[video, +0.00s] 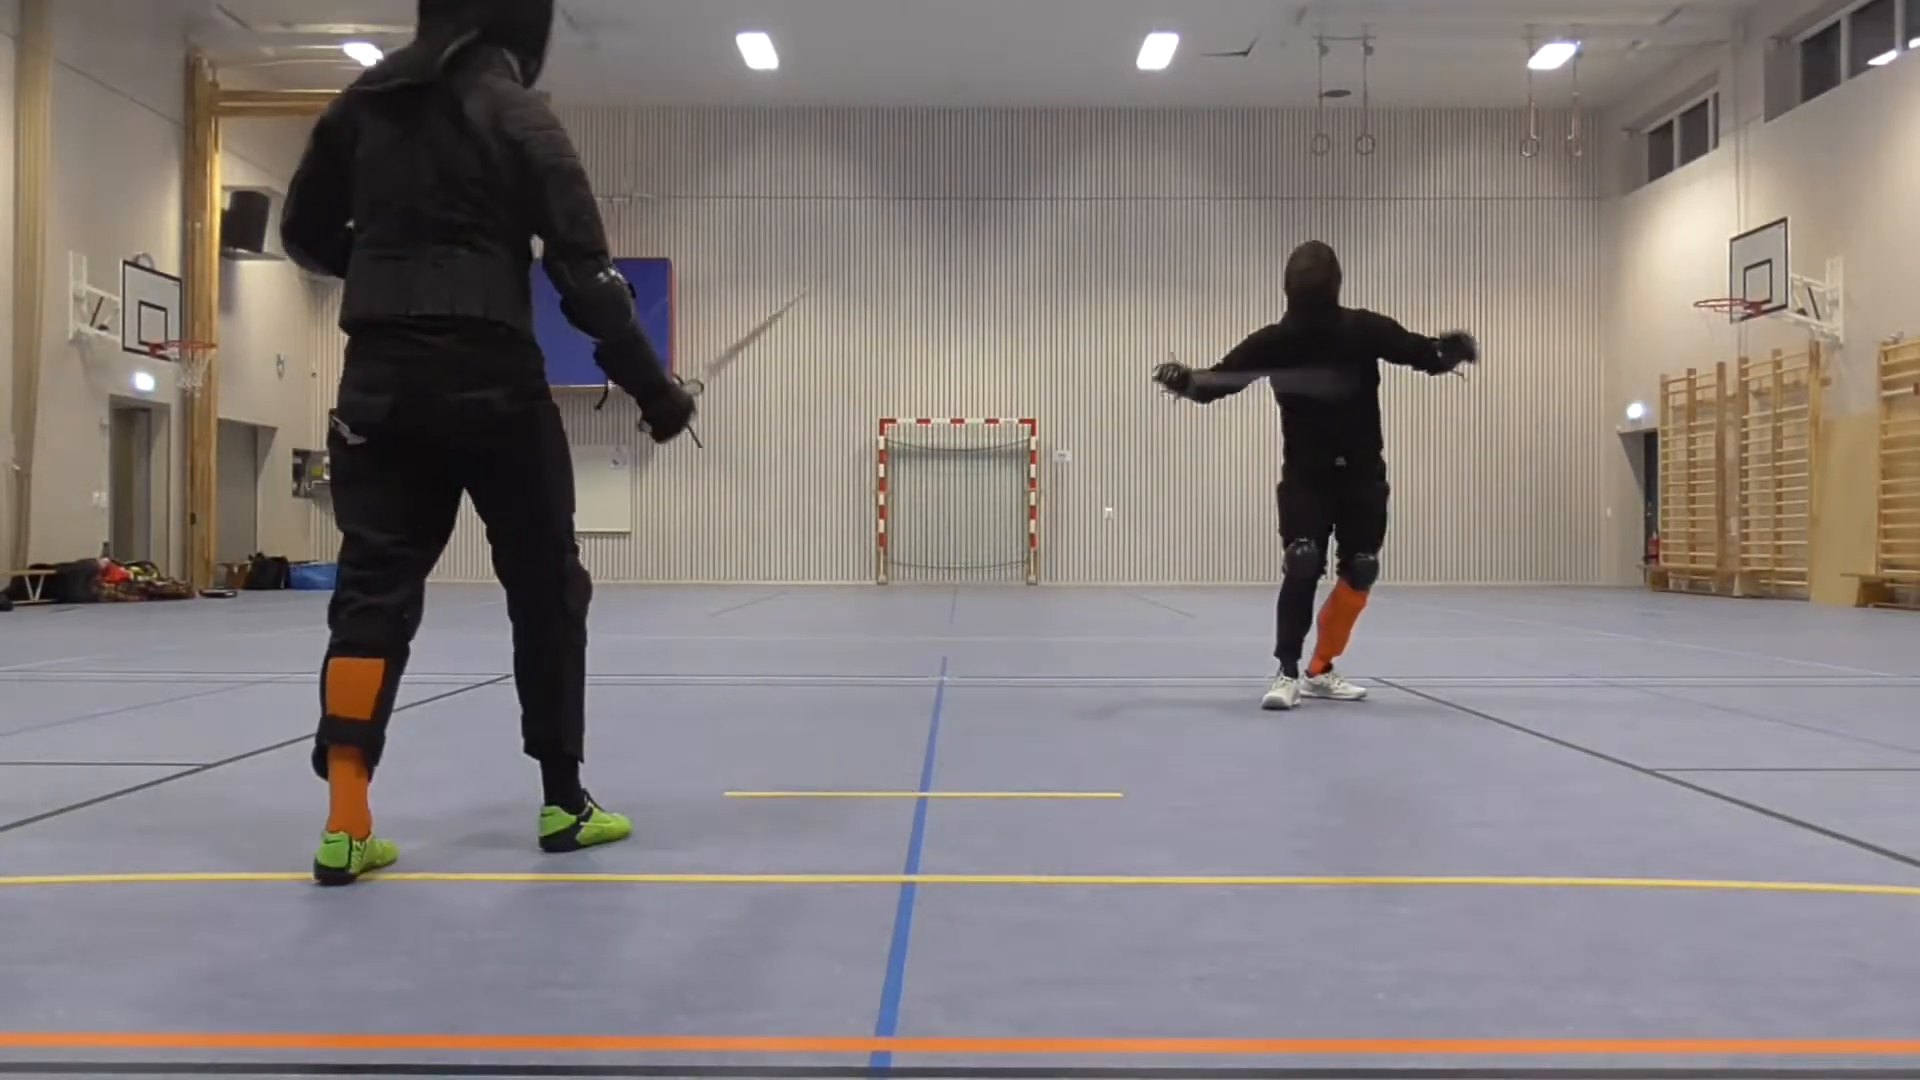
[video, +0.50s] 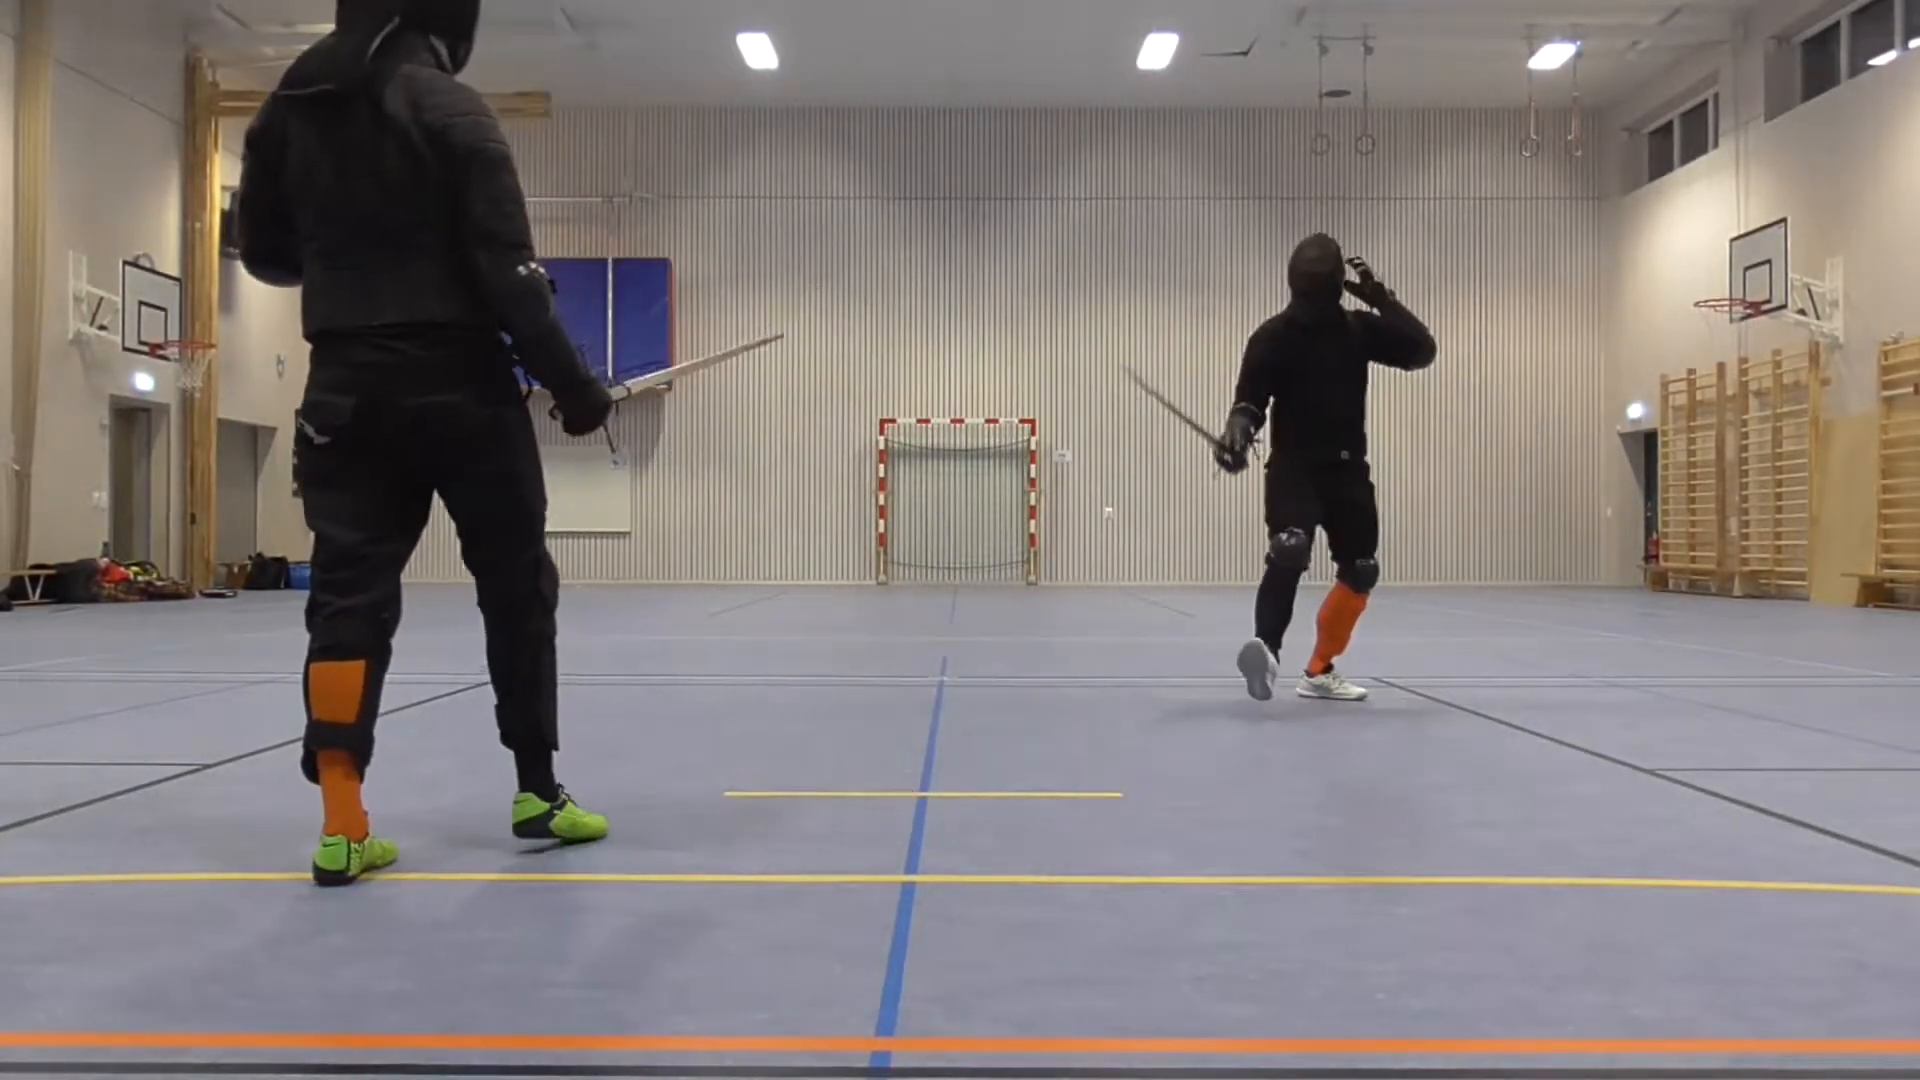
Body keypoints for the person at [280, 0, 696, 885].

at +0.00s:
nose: (541, 55)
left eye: (539, 42)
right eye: (538, 39)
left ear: (434, 22)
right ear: (519, 32)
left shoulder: (360, 103)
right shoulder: (516, 112)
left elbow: (306, 229)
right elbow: (583, 270)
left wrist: (393, 264)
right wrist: (652, 382)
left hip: (378, 373)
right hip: (491, 377)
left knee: (374, 585)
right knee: (546, 583)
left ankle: (345, 828)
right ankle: (564, 801)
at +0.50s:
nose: (469, 39)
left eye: (468, 26)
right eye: (466, 24)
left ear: (359, 14)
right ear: (440, 19)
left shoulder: (288, 108)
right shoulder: (451, 109)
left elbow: (267, 252)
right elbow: (508, 271)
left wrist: (358, 246)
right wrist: (577, 383)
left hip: (346, 388)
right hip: (464, 385)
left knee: (346, 595)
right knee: (516, 581)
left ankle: (342, 832)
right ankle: (537, 791)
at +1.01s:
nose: (564, 78)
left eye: (561, 59)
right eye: (560, 61)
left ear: (462, 43)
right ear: (540, 55)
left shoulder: (386, 142)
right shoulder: (545, 151)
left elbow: (368, 262)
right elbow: (585, 315)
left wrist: (465, 264)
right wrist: (644, 420)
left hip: (410, 397)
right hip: (524, 404)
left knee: (384, 594)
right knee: (583, 590)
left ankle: (346, 824)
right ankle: (636, 780)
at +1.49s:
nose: (670, 119)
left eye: (672, 106)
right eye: (671, 104)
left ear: (583, 78)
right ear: (649, 93)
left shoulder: (496, 154)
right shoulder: (645, 166)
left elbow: (485, 272)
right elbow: (697, 313)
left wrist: (537, 353)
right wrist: (753, 407)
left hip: (488, 391)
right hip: (597, 398)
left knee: (454, 572)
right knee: (634, 580)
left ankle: (419, 773)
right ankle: (641, 783)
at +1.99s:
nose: (580, 111)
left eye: (581, 97)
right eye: (580, 96)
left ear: (491, 68)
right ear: (561, 85)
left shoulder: (411, 151)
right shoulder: (563, 166)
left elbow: (397, 270)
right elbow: (596, 320)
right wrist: (647, 415)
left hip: (414, 395)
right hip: (521, 401)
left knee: (413, 584)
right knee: (580, 576)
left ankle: (412, 805)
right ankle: (609, 772)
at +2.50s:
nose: (492, 122)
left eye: (493, 108)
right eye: (490, 107)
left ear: (395, 84)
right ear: (465, 98)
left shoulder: (308, 172)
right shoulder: (460, 184)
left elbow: (308, 288)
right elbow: (493, 338)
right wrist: (555, 422)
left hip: (301, 419)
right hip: (411, 427)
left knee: (256, 604)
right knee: (511, 586)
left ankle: (187, 812)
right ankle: (542, 785)